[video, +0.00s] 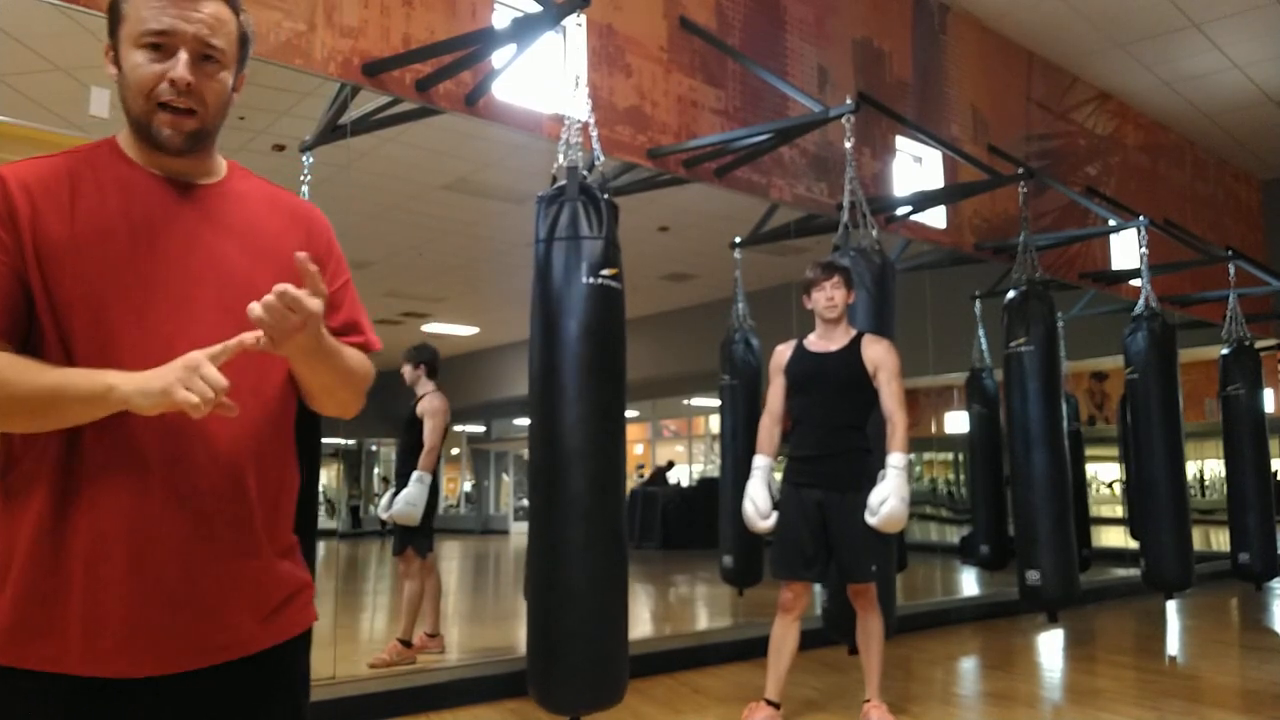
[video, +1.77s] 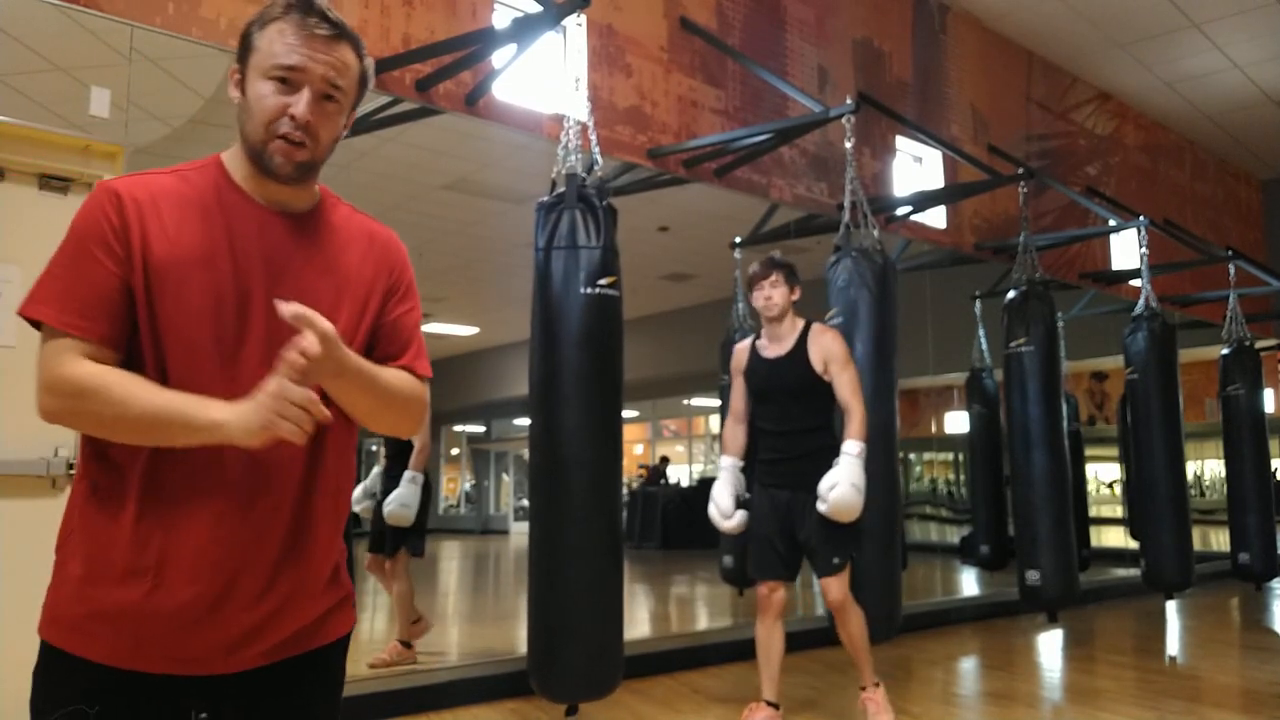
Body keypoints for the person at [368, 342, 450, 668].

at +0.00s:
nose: (402, 374)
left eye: (405, 368)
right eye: (402, 369)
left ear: (421, 369)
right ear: (421, 370)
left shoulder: (433, 401)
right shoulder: (421, 402)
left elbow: (431, 448)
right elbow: (409, 452)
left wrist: (417, 488)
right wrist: (393, 490)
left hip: (419, 484)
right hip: (411, 483)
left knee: (409, 562)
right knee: (424, 562)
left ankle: (404, 641)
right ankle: (431, 634)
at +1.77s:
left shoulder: (417, 392)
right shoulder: (391, 399)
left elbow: (422, 444)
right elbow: (389, 452)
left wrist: (409, 485)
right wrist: (371, 484)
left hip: (407, 481)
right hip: (389, 482)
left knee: (397, 566)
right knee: (374, 563)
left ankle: (403, 643)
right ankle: (414, 619)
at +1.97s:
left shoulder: (404, 393)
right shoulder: (380, 394)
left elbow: (408, 445)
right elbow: (385, 451)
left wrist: (396, 484)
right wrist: (368, 482)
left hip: (401, 479)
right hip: (384, 478)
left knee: (393, 563)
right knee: (370, 562)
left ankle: (403, 644)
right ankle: (383, 632)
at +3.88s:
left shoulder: (417, 398)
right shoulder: (355, 394)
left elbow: (433, 447)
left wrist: (414, 462)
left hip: (395, 487)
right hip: (358, 485)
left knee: (382, 567)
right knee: (345, 566)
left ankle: (391, 642)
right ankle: (338, 639)